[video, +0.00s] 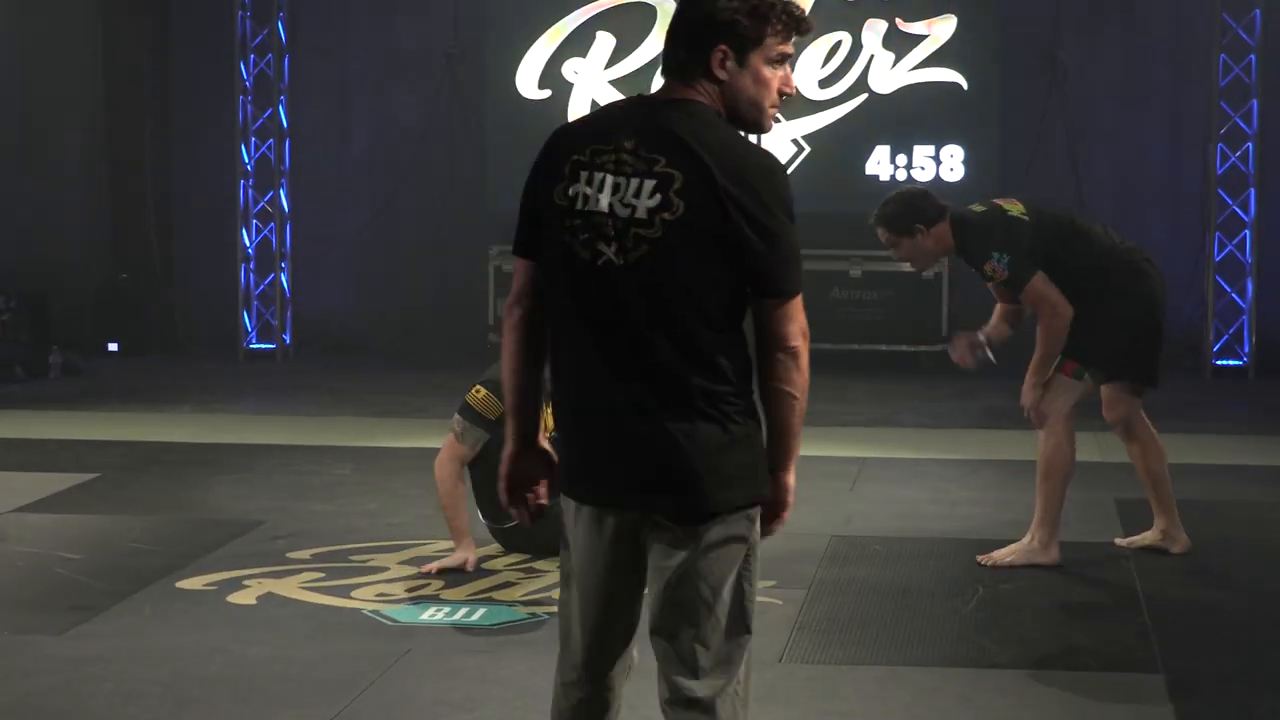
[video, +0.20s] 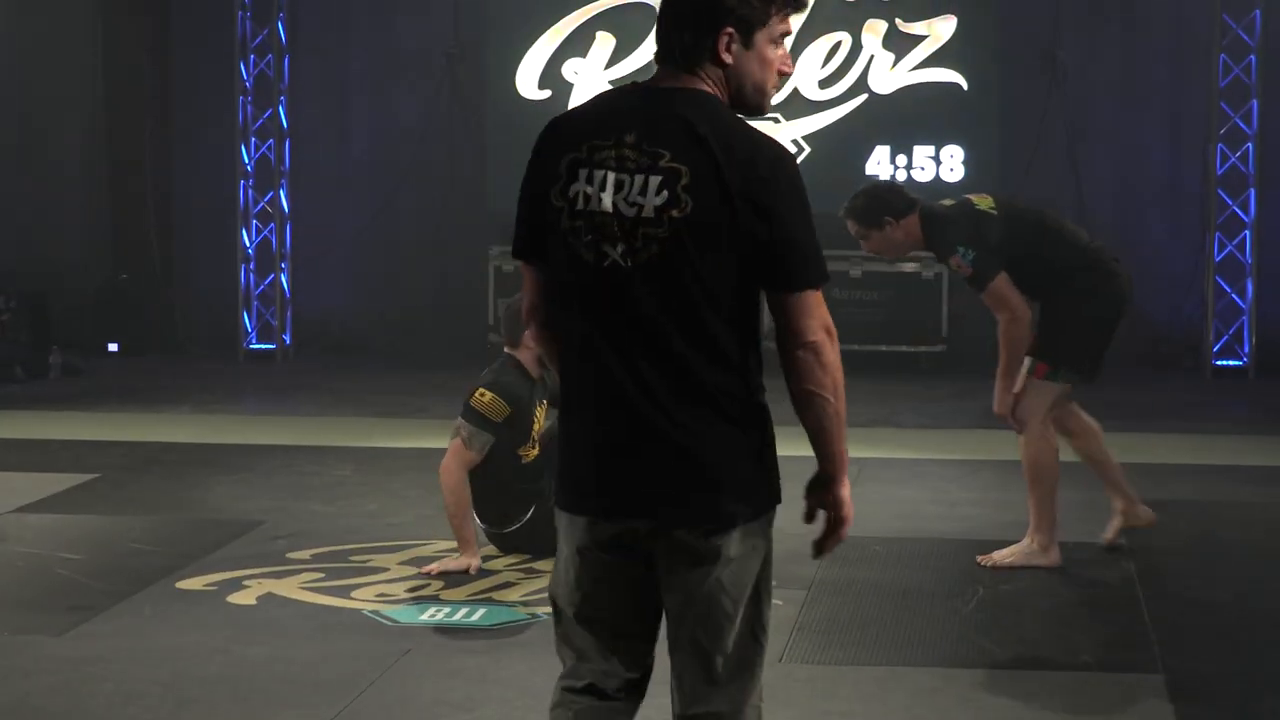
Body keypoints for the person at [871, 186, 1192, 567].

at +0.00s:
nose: (899, 258)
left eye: (897, 247)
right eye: (893, 250)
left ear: (924, 232)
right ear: (924, 230)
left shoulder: (985, 240)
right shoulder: (976, 230)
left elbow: (1056, 311)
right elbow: (1011, 307)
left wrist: (1034, 381)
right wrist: (983, 338)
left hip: (1110, 298)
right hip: (1134, 288)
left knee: (1053, 407)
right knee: (1122, 409)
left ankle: (1041, 541)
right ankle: (1169, 527)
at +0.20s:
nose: (865, 249)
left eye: (864, 238)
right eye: (860, 241)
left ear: (893, 224)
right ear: (896, 218)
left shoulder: (951, 232)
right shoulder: (948, 221)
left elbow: (1015, 312)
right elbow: (1007, 306)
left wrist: (1004, 389)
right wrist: (1014, 378)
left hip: (1084, 292)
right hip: (1090, 286)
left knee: (1031, 412)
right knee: (1053, 405)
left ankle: (1041, 542)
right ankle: (1128, 505)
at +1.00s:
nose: (734, 344)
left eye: (733, 331)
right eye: (729, 335)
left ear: (754, 317)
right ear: (755, 318)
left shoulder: (820, 316)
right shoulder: (780, 349)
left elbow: (886, 370)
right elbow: (747, 407)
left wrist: (900, 456)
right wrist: (709, 459)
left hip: (938, 388)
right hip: (915, 386)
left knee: (814, 416)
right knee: (820, 414)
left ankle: (826, 543)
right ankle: (857, 527)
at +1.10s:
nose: (741, 286)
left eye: (743, 275)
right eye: (739, 277)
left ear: (769, 263)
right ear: (768, 264)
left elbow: (907, 335)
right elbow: (762, 360)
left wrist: (911, 419)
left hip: (948, 354)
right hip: (915, 349)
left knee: (841, 412)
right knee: (827, 404)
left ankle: (830, 542)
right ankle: (861, 528)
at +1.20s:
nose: (763, 228)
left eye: (767, 216)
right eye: (760, 218)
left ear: (797, 206)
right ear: (795, 208)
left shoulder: (863, 224)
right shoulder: (820, 242)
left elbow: (926, 292)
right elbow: (825, 303)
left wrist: (923, 375)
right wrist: (839, 350)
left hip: (968, 320)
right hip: (934, 319)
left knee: (877, 403)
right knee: (855, 400)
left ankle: (900, 532)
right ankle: (863, 522)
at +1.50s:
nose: (838, 172)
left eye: (841, 160)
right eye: (835, 161)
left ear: (871, 151)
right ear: (875, 152)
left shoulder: (922, 187)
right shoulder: (920, 178)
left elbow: (965, 276)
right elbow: (963, 269)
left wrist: (968, 358)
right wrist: (966, 348)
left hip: (1027, 308)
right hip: (1002, 306)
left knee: (1033, 433)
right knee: (952, 416)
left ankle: (1096, 542)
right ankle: (896, 525)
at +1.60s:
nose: (851, 165)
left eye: (852, 154)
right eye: (846, 156)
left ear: (880, 143)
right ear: (883, 142)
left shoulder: (932, 177)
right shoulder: (927, 169)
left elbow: (978, 272)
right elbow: (966, 253)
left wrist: (992, 351)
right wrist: (967, 311)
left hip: (1037, 301)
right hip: (1010, 301)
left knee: (1047, 425)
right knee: (961, 404)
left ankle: (1097, 541)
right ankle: (921, 524)